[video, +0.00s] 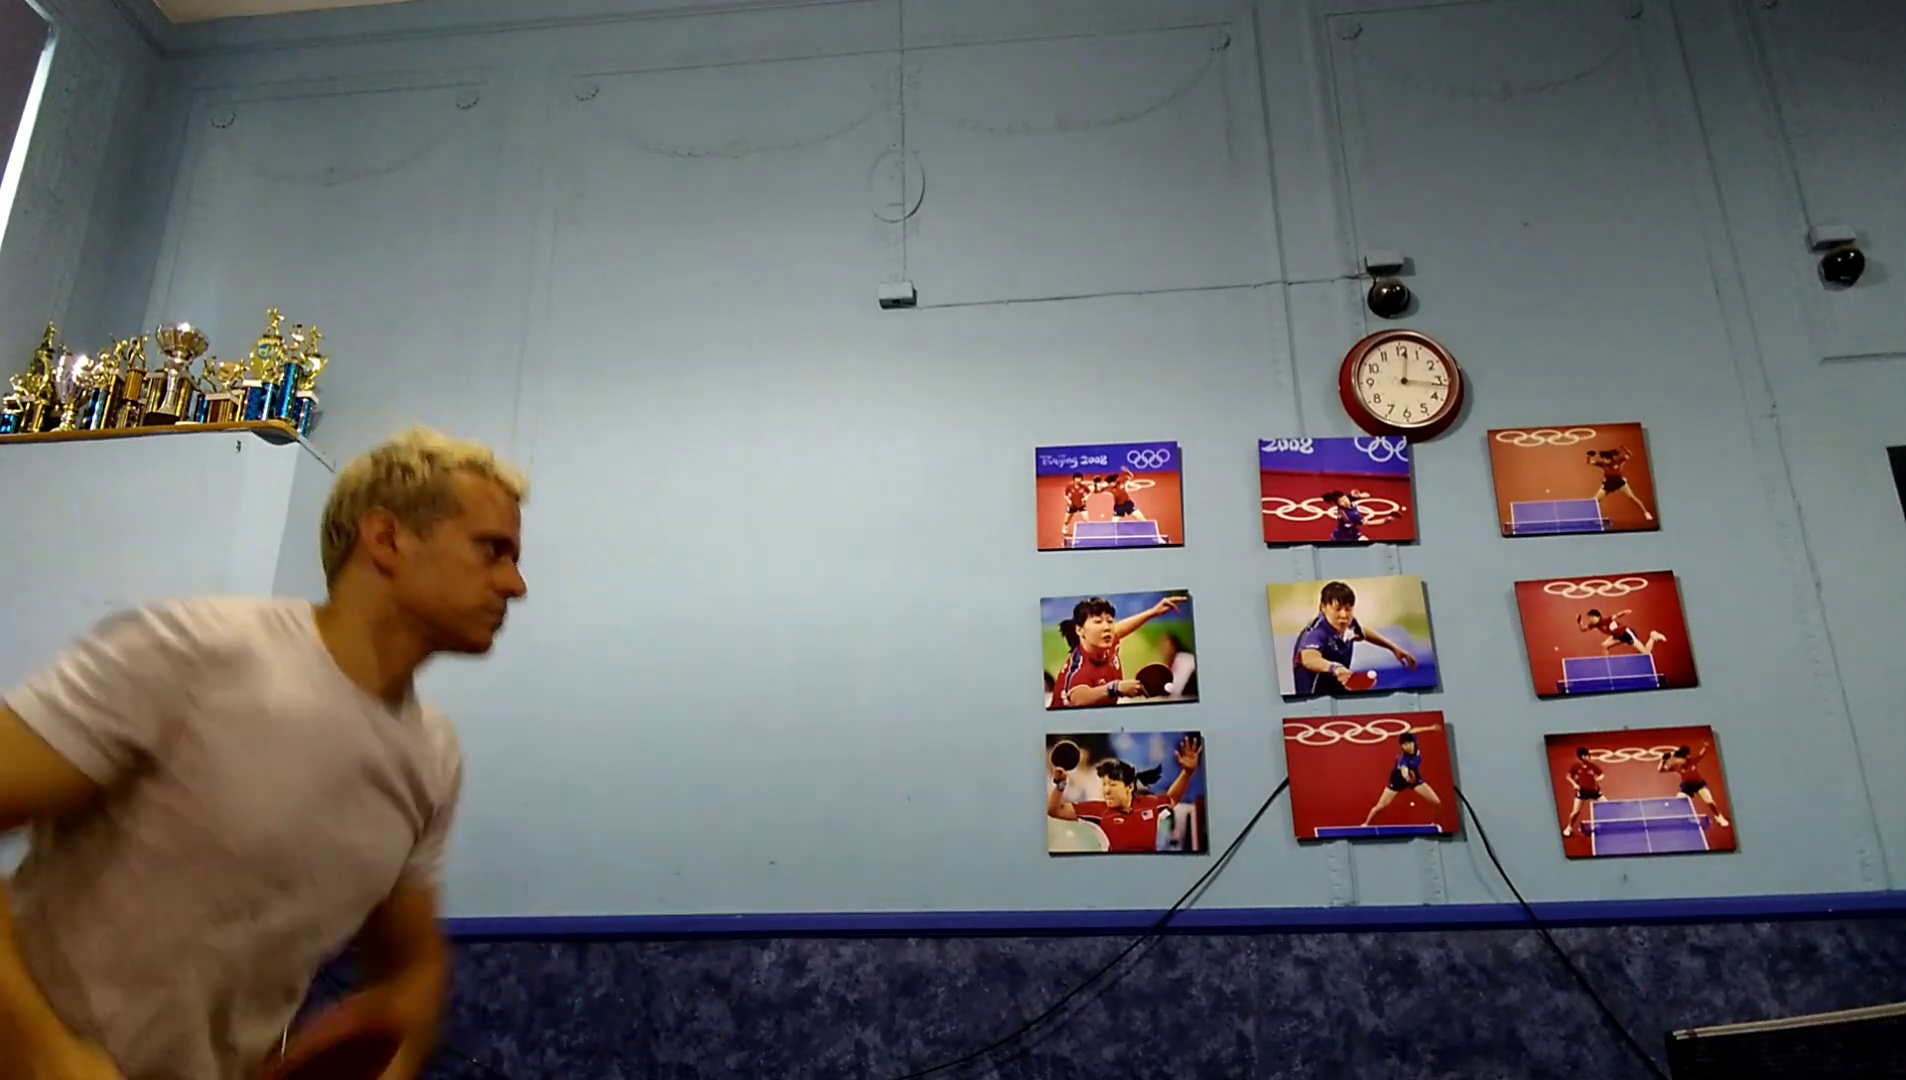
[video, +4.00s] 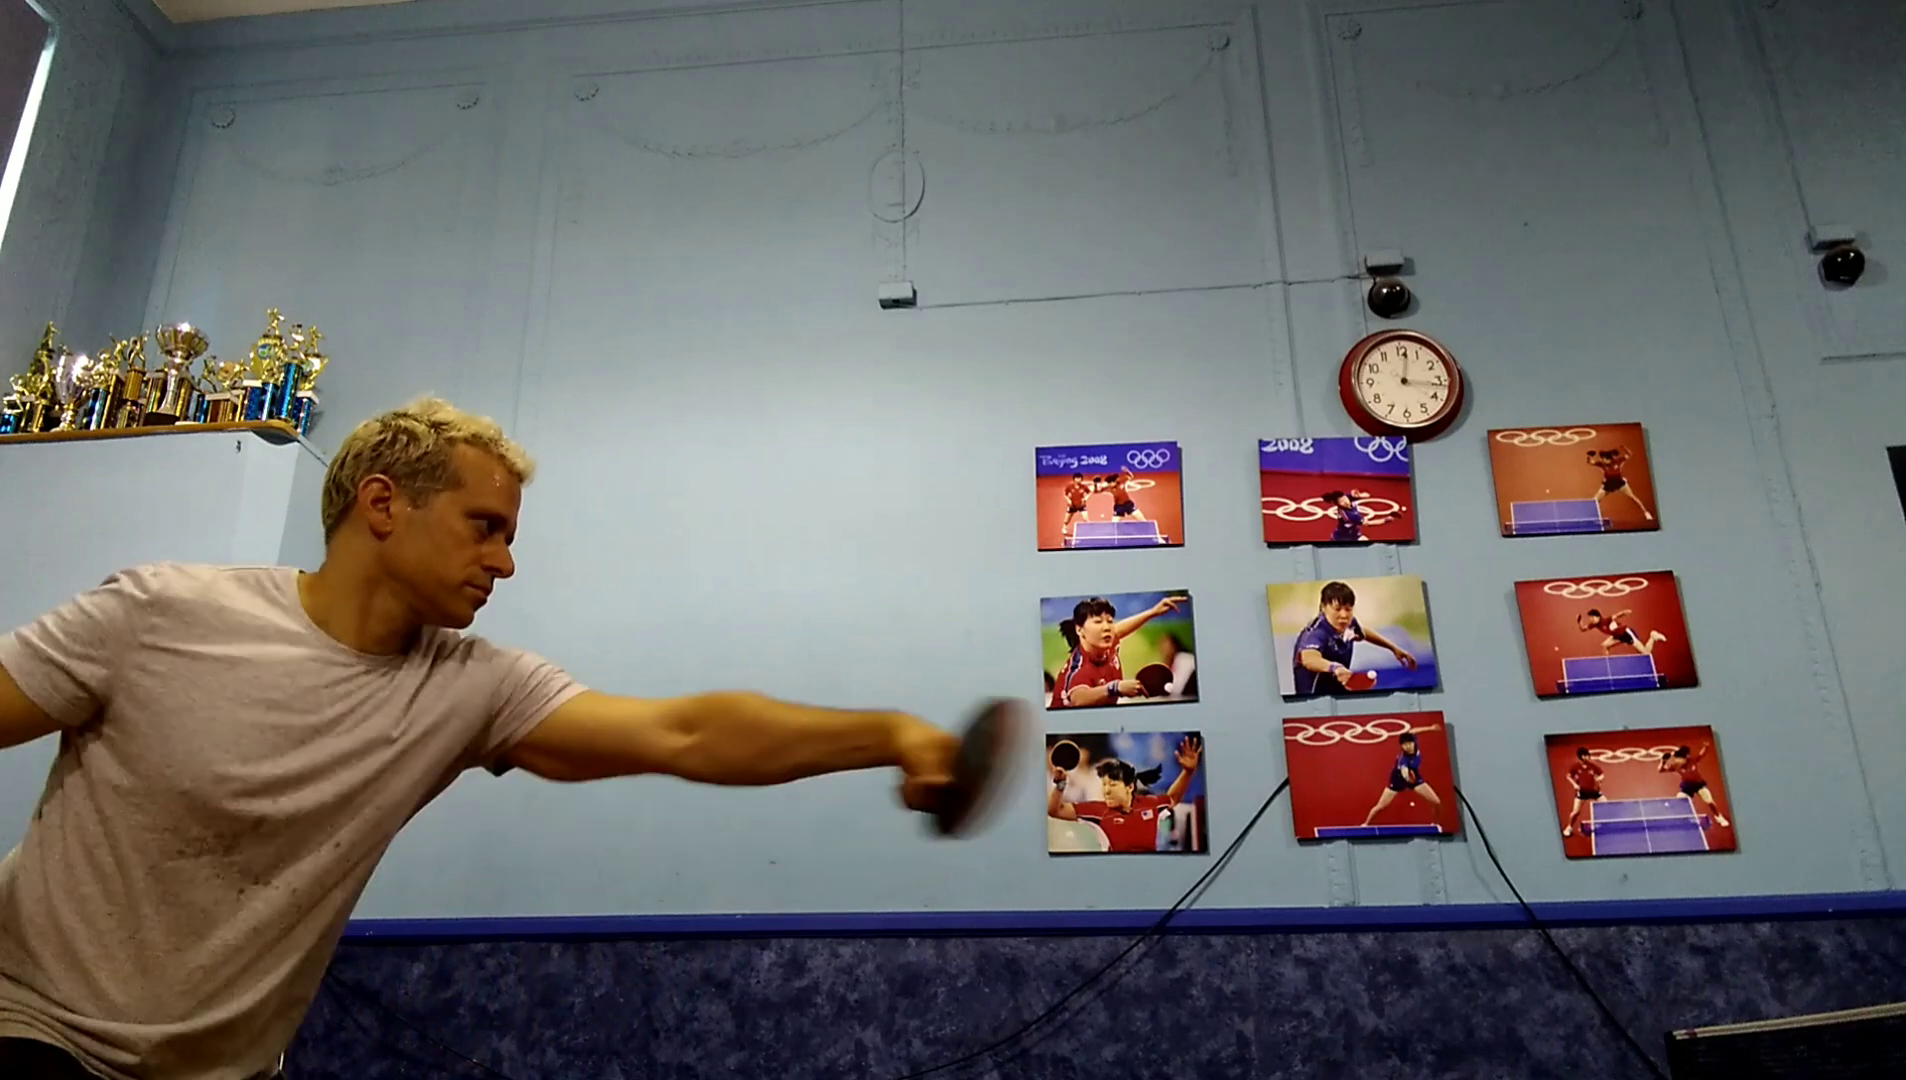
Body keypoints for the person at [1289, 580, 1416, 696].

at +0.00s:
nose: (1344, 615)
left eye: (1348, 609)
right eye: (1338, 609)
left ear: (1353, 609)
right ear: (1324, 608)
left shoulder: (1349, 624)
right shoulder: (1315, 632)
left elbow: (1364, 634)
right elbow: (1309, 660)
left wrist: (1395, 649)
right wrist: (1335, 668)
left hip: (1341, 705)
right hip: (1314, 708)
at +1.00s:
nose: (1344, 615)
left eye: (1348, 609)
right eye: (1338, 609)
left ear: (1353, 609)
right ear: (1324, 608)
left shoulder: (1349, 624)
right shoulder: (1315, 632)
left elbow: (1364, 634)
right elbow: (1309, 660)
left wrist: (1395, 649)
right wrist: (1335, 668)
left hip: (1341, 705)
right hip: (1314, 708)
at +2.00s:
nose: (1344, 615)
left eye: (1348, 609)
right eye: (1338, 609)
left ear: (1353, 609)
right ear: (1324, 608)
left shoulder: (1349, 624)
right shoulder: (1315, 633)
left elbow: (1364, 634)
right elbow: (1309, 660)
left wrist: (1395, 649)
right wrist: (1335, 668)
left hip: (1341, 705)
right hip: (1314, 708)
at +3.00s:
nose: (1344, 615)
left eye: (1348, 609)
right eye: (1338, 609)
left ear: (1353, 609)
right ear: (1324, 608)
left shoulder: (1349, 624)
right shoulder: (1316, 633)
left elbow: (1364, 634)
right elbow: (1309, 660)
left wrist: (1395, 649)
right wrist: (1335, 668)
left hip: (1341, 704)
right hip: (1314, 708)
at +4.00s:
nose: (1344, 615)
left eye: (1348, 609)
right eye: (1338, 609)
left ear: (1353, 609)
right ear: (1324, 608)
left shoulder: (1349, 624)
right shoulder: (1315, 632)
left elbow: (1364, 634)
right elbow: (1309, 660)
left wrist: (1395, 649)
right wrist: (1335, 668)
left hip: (1341, 704)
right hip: (1314, 708)